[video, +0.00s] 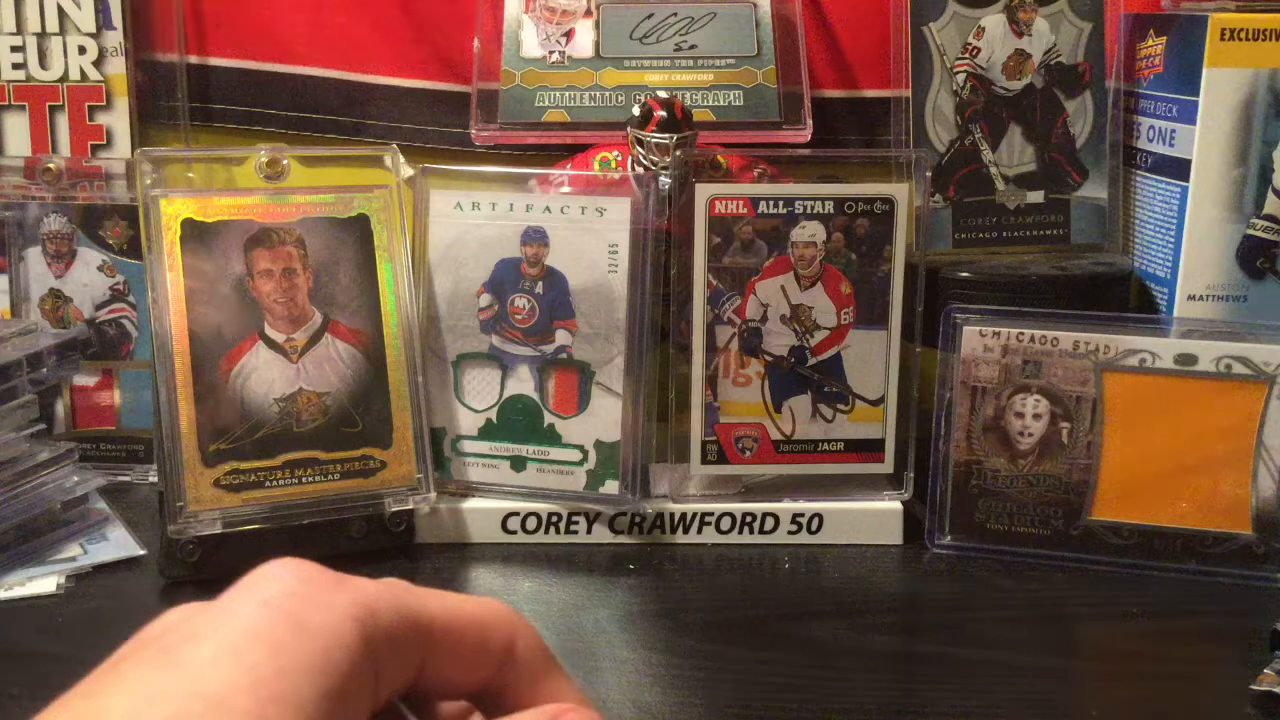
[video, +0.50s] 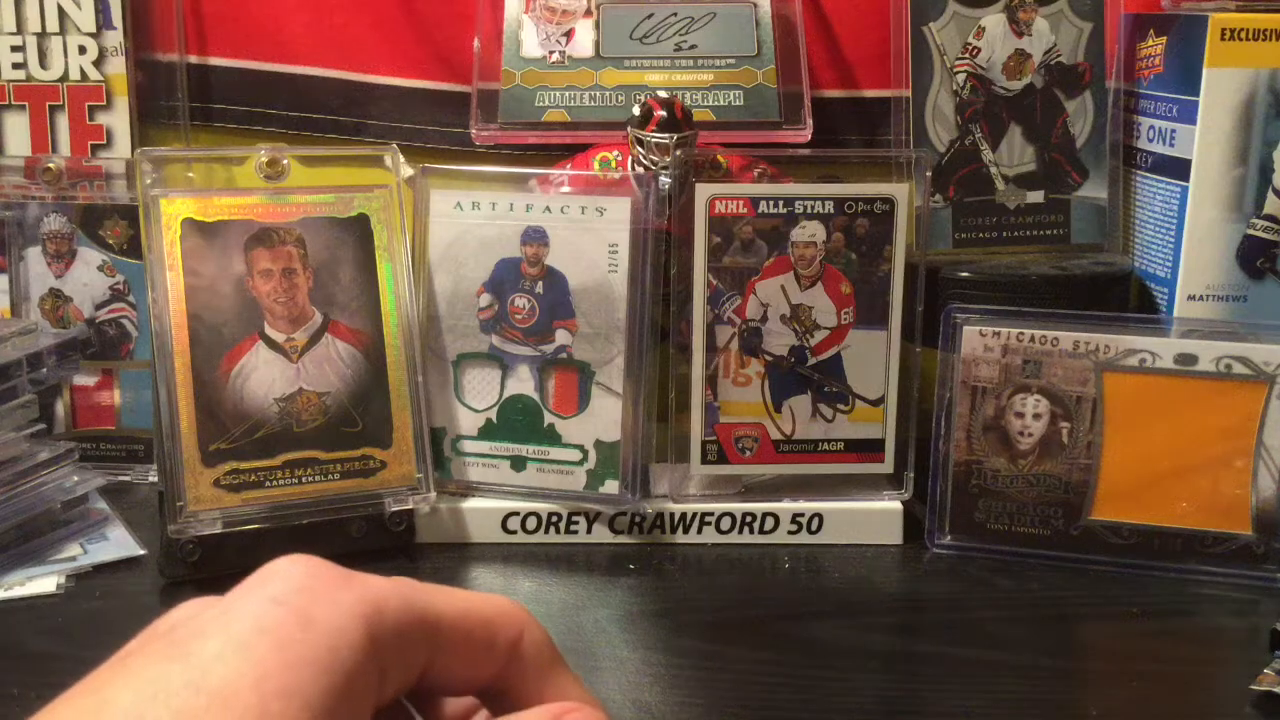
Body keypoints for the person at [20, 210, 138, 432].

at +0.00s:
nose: (57, 252)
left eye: (63, 244)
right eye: (51, 244)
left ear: (73, 242)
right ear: (42, 243)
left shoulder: (96, 265)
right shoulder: (27, 262)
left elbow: (122, 313)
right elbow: (14, 312)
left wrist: (101, 338)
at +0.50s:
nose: (57, 247)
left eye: (63, 241)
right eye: (51, 241)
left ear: (72, 241)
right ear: (42, 242)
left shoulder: (96, 264)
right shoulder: (27, 261)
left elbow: (120, 305)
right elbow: (15, 308)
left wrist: (107, 335)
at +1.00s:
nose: (57, 246)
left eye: (63, 240)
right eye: (51, 240)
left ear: (72, 240)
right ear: (43, 241)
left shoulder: (96, 264)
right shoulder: (27, 261)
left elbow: (121, 309)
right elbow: (13, 309)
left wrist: (103, 336)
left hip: (88, 368)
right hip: (40, 365)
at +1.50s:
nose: (57, 247)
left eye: (63, 240)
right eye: (51, 241)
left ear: (72, 240)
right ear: (43, 242)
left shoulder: (96, 264)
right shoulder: (28, 261)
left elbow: (120, 305)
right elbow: (15, 307)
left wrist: (108, 334)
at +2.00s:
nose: (57, 247)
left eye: (63, 241)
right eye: (51, 241)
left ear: (72, 240)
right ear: (43, 242)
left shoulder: (96, 264)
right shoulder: (28, 261)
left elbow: (121, 306)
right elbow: (14, 309)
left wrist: (107, 335)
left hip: (88, 369)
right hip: (40, 366)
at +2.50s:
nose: (57, 247)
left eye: (62, 240)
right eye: (51, 241)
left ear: (72, 240)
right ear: (43, 243)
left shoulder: (96, 264)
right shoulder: (28, 260)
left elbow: (120, 302)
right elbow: (15, 307)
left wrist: (108, 333)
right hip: (40, 361)